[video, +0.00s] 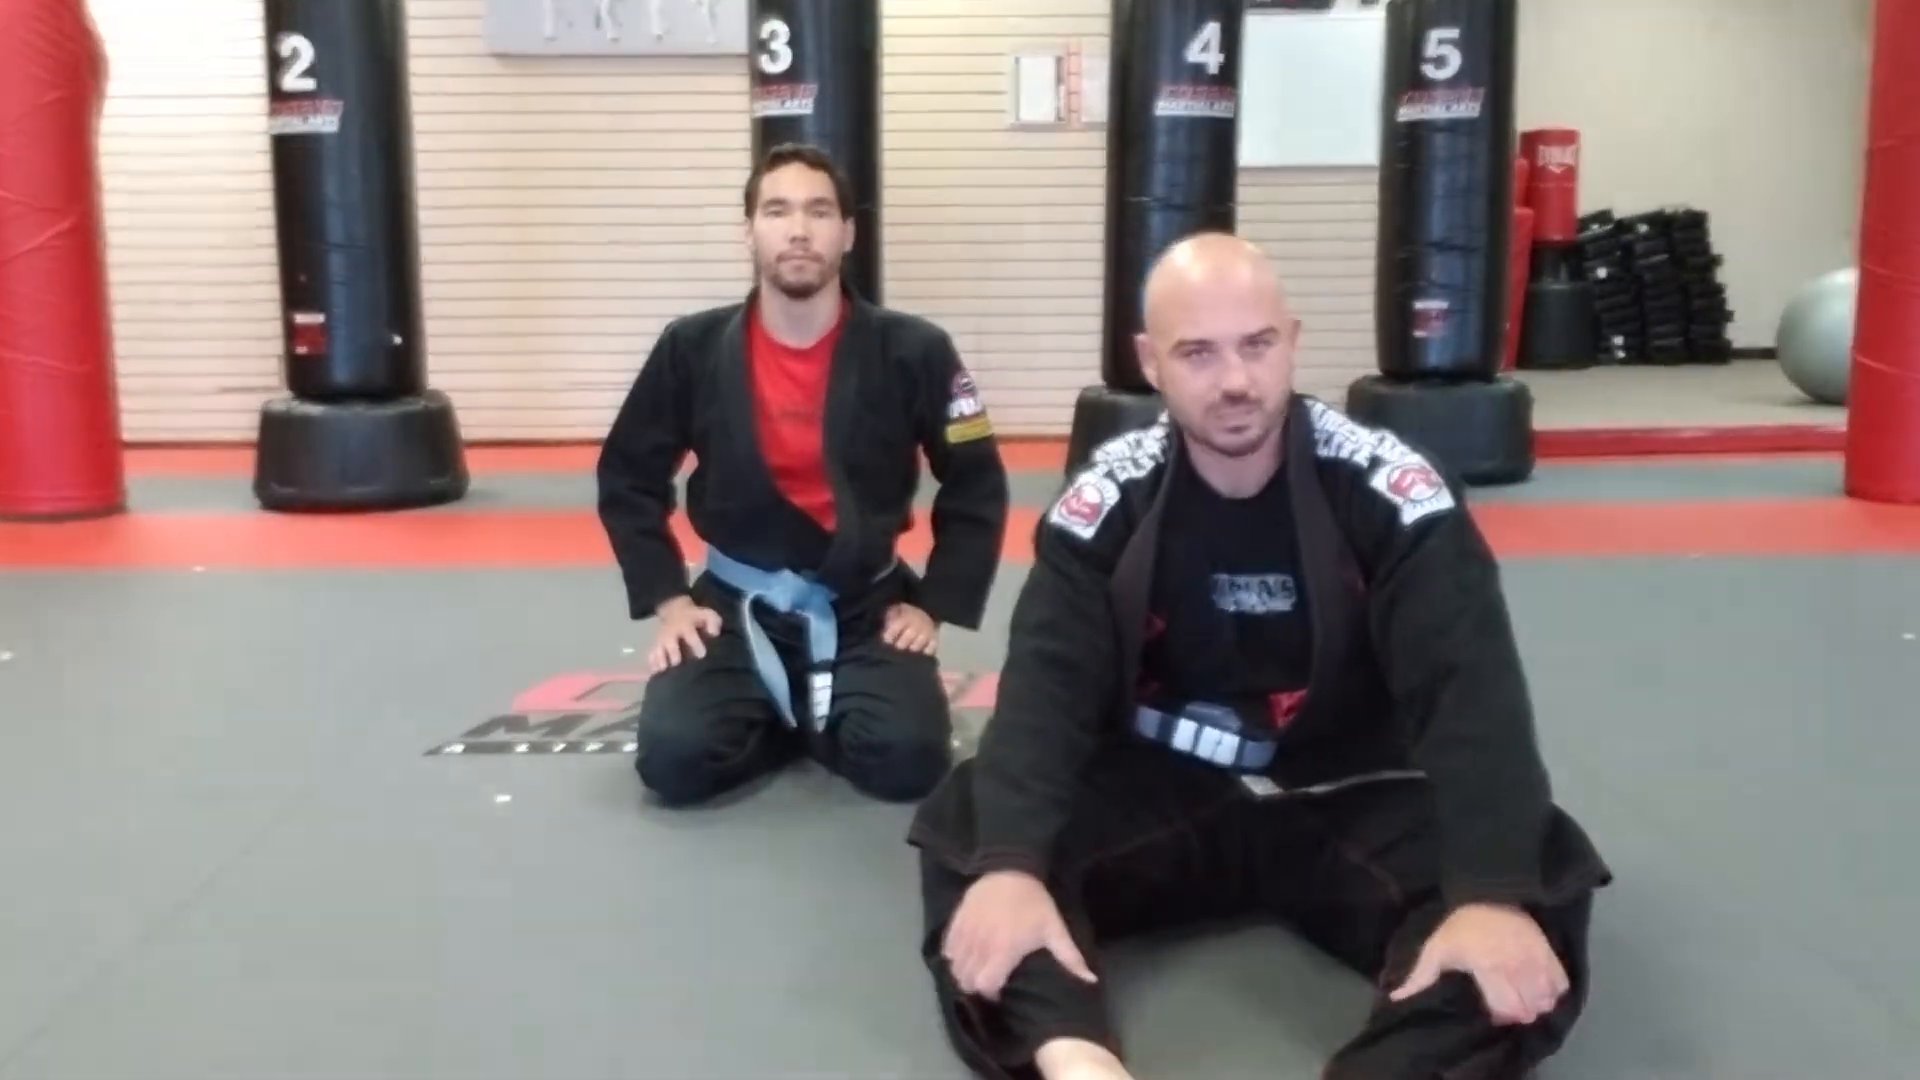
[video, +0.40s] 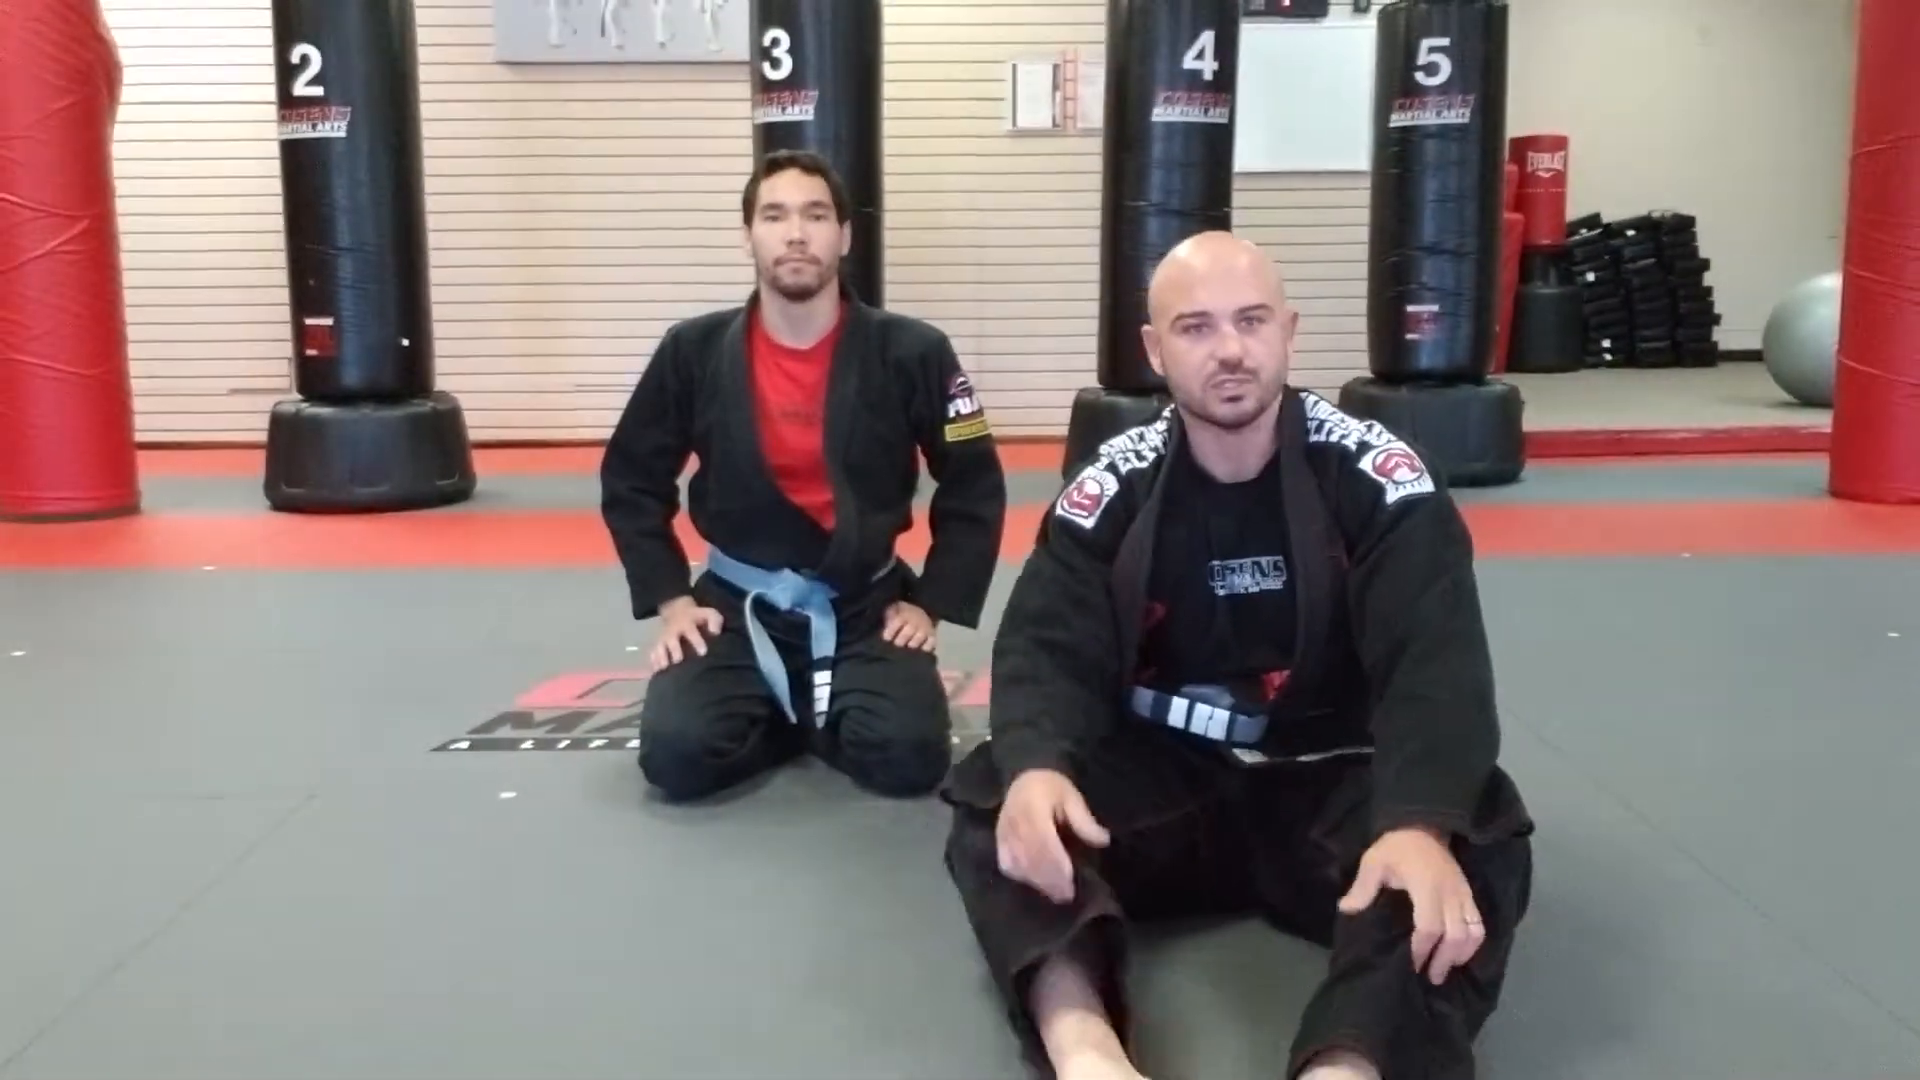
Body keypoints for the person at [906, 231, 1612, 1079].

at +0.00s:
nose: (1237, 381)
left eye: (1259, 346)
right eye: (1201, 354)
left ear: (1293, 341)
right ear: (1151, 365)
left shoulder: (1385, 483)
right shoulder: (1107, 498)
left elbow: (1470, 688)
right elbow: (1046, 689)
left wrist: (1491, 894)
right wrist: (1009, 865)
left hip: (1350, 808)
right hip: (1158, 800)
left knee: (1533, 868)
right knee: (968, 819)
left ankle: (1392, 1060)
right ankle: (1075, 1060)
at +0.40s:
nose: (1230, 350)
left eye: (1253, 320)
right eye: (1198, 329)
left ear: (1289, 331)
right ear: (1155, 351)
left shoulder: (1374, 470)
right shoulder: (1116, 479)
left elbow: (1435, 659)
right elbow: (1047, 641)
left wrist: (1416, 823)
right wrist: (1033, 765)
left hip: (1330, 794)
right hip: (1151, 784)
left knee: (1466, 833)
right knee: (995, 791)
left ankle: (1346, 1064)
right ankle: (1084, 1052)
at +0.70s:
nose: (1243, 320)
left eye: (1268, 298)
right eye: (1212, 302)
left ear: (1305, 324)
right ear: (1172, 336)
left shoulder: (1389, 464)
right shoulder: (1121, 476)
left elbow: (1498, 633)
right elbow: (1026, 638)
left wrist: (1548, 808)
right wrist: (935, 751)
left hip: (1326, 772)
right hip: (1162, 766)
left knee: (1403, 769)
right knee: (1044, 741)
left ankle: (1304, 1058)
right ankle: (1116, 1046)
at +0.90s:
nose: (1228, 331)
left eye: (1250, 306)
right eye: (1198, 313)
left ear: (1288, 322)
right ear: (1160, 341)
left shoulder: (1380, 464)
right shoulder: (1113, 471)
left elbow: (1493, 659)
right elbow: (1007, 626)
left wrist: (1534, 865)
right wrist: (931, 779)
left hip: (1341, 769)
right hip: (1172, 762)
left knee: (1318, 738)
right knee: (1045, 704)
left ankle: (1260, 1047)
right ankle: (1055, 1012)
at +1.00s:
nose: (1210, 350)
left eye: (1229, 321)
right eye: (1177, 332)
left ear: (1266, 322)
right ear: (1142, 352)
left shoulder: (1362, 453)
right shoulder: (1102, 467)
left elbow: (1491, 631)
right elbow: (986, 612)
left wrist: (1499, 854)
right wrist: (927, 777)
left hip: (1345, 777)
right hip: (1163, 768)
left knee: (1265, 723)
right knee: (1028, 716)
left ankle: (1202, 1029)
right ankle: (984, 996)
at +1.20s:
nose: (1138, 384)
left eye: (1158, 347)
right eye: (1105, 364)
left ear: (1205, 334)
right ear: (1076, 374)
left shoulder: (1308, 455)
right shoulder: (1044, 475)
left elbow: (1446, 637)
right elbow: (943, 616)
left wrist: (1436, 861)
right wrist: (914, 804)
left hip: (1317, 784)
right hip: (1126, 765)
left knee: (1202, 726)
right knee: (978, 785)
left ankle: (1069, 1016)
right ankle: (849, 1015)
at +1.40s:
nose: (1079, 379)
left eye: (1101, 340)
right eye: (1044, 354)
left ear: (1153, 325)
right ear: (1011, 358)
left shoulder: (1272, 459)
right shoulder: (974, 477)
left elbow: (1394, 666)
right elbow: (926, 682)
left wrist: (1435, 870)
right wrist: (914, 883)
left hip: (1293, 785)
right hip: (1093, 774)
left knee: (1199, 700)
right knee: (905, 792)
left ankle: (1044, 1041)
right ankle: (810, 1037)